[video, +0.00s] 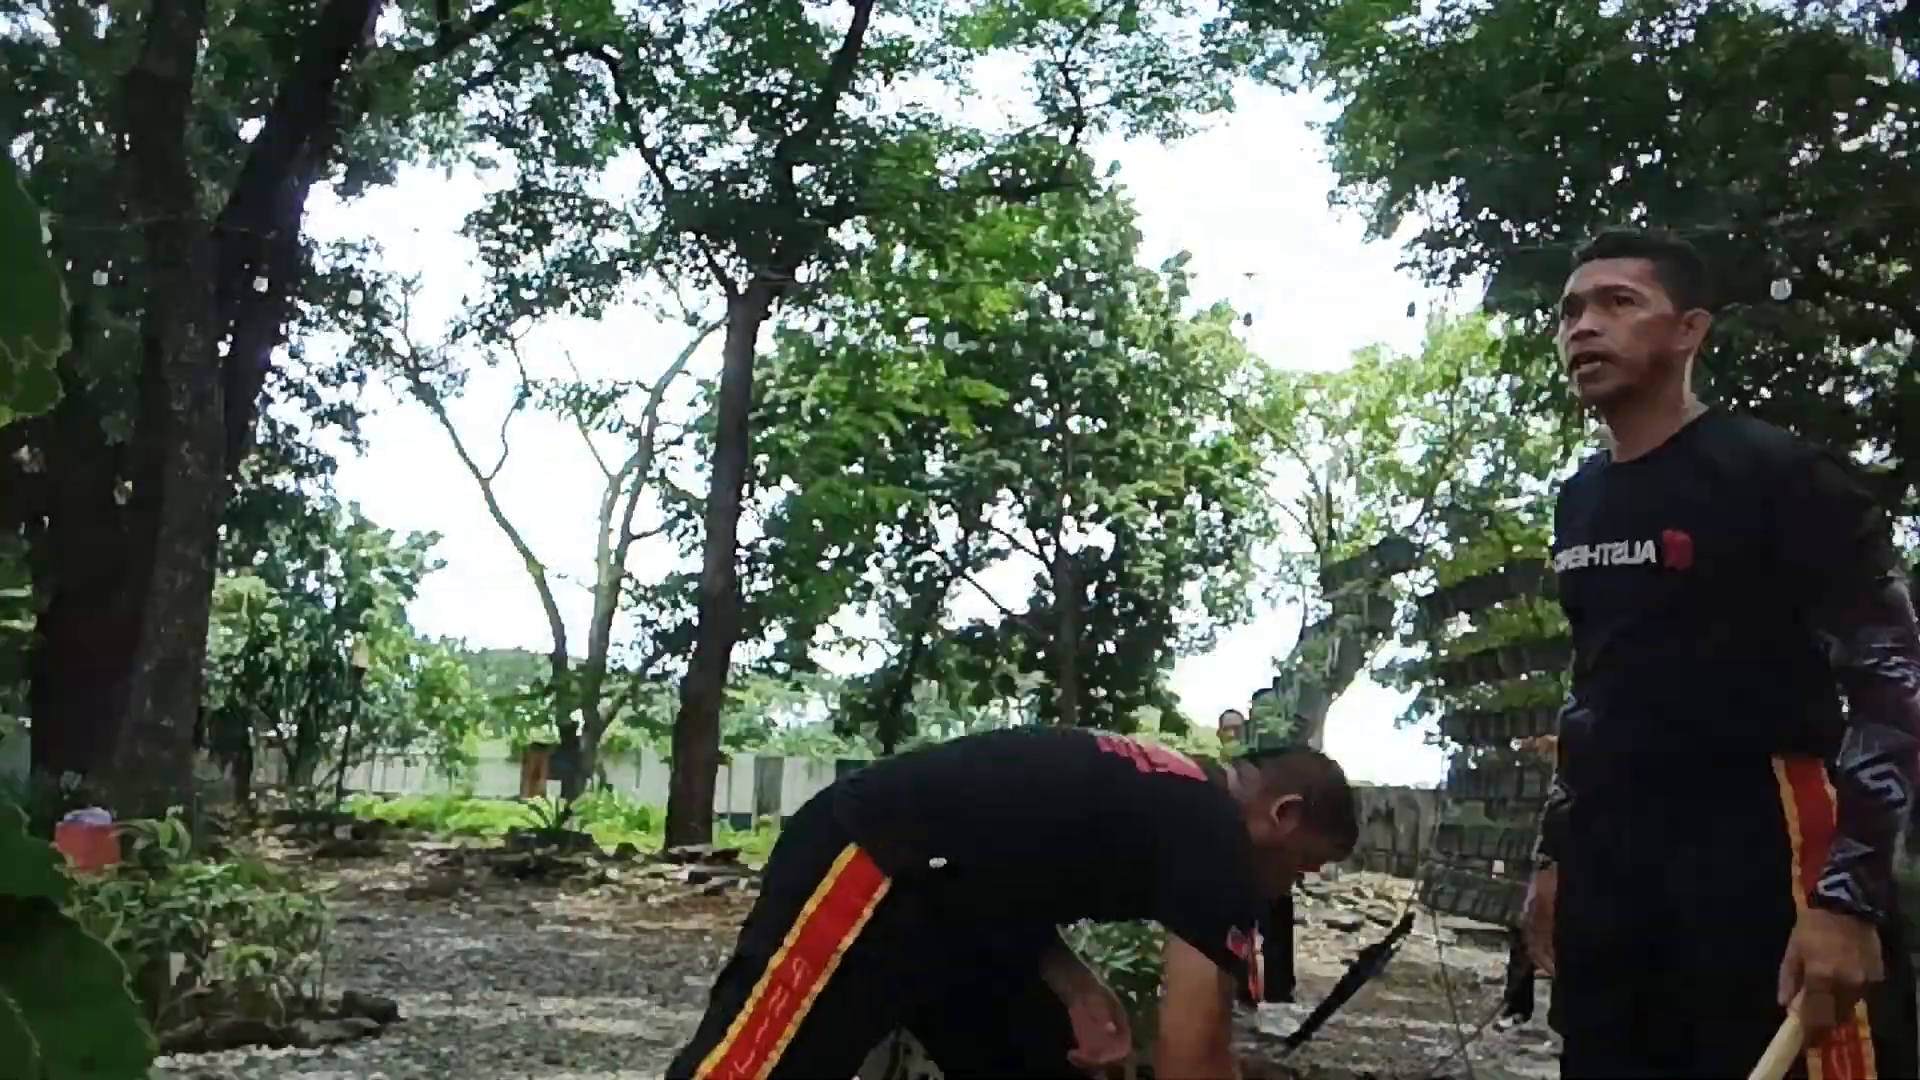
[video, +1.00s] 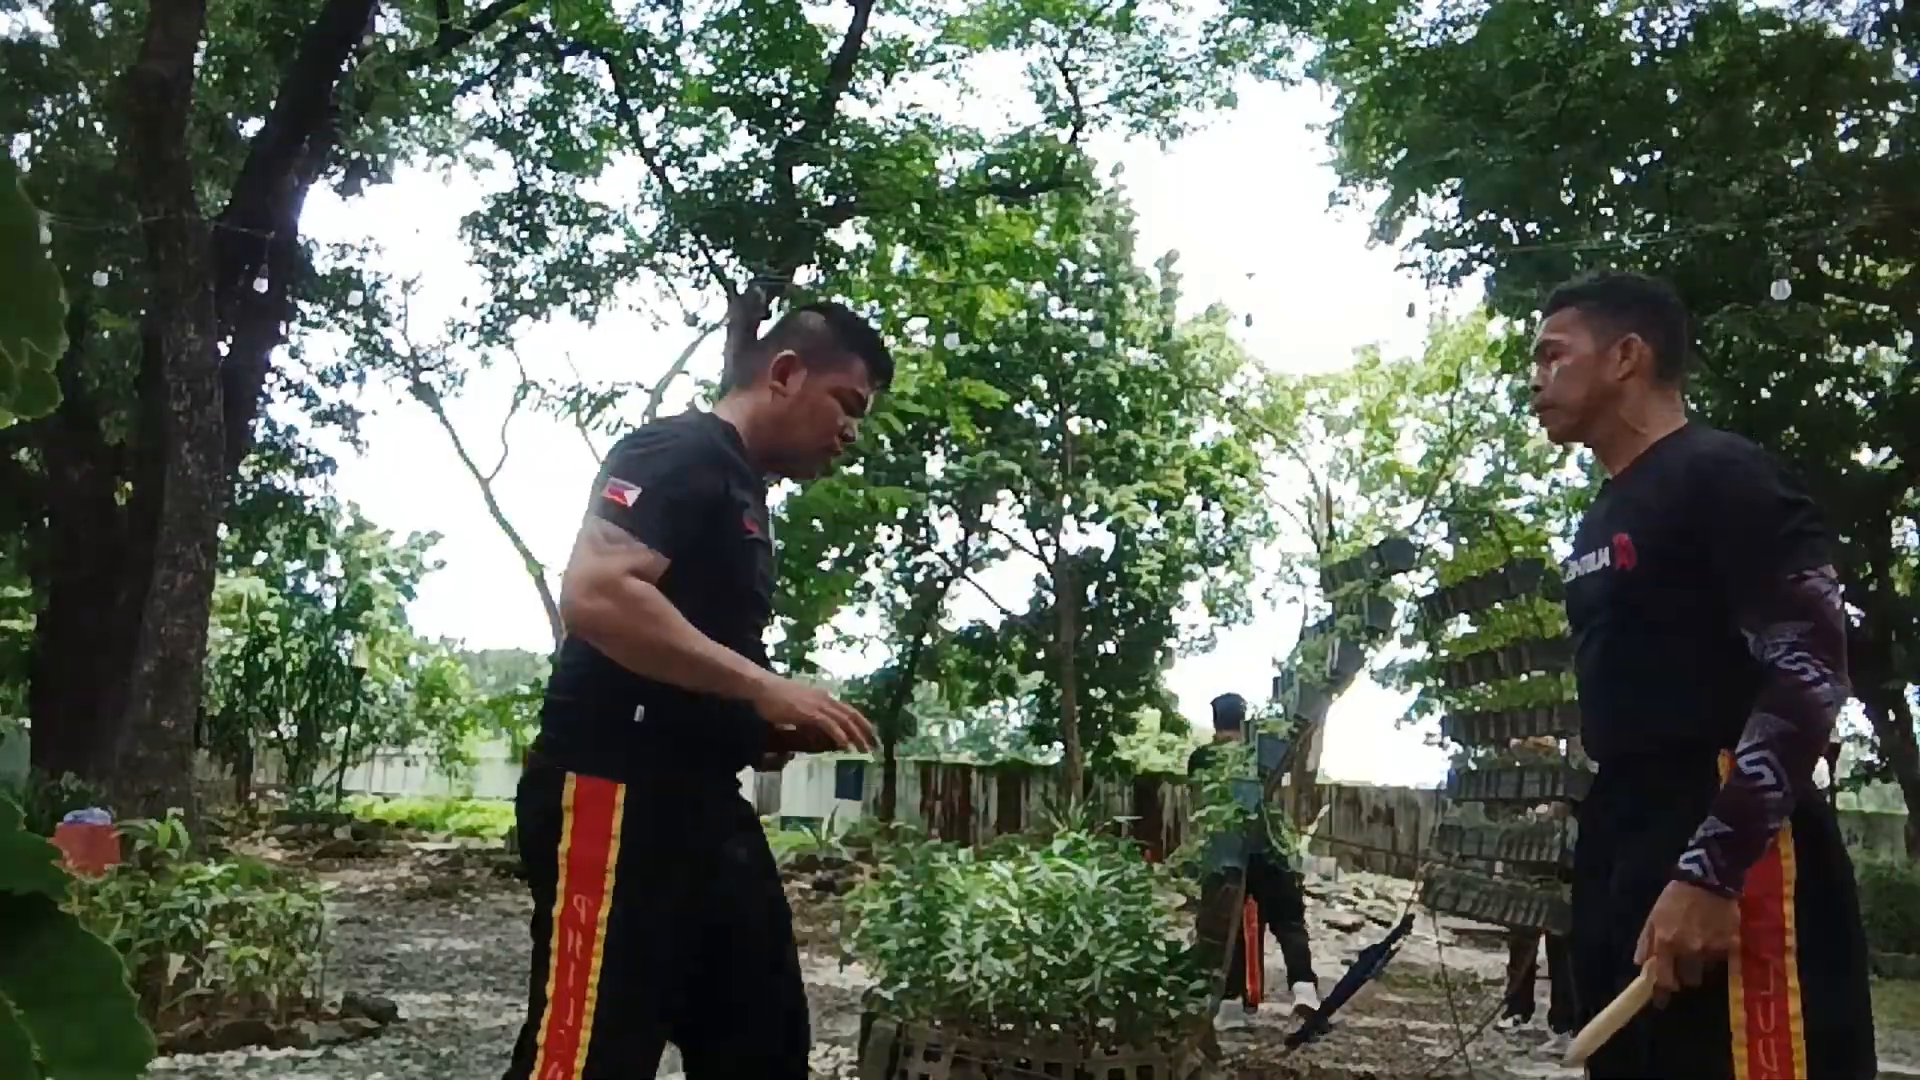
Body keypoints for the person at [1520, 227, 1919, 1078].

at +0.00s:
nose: (1580, 324)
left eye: (1615, 302)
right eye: (1570, 309)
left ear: (1689, 330)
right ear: (1561, 340)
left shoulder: (1785, 477)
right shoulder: (1581, 501)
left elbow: (1892, 678)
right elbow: (1596, 690)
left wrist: (1849, 893)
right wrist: (1556, 853)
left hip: (1752, 866)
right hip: (1611, 867)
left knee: (1749, 1063)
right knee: (1605, 1062)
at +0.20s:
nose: (1575, 331)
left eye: (1606, 308)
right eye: (1571, 315)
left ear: (1690, 326)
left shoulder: (1782, 469)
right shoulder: (1607, 506)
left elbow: (1883, 688)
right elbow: (1637, 690)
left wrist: (1876, 903)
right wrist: (1567, 747)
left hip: (1756, 840)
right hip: (1623, 845)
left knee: (1752, 1057)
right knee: (1616, 1057)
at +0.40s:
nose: (1549, 366)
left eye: (1564, 338)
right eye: (1553, 343)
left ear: (1638, 339)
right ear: (1629, 345)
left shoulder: (1763, 469)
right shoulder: (1601, 517)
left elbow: (1862, 688)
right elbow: (1640, 699)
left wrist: (1850, 895)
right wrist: (1568, 675)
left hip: (1733, 820)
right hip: (1612, 819)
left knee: (1743, 1054)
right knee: (1609, 1054)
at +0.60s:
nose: (1521, 394)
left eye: (1532, 368)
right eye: (1522, 373)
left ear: (1592, 369)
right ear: (1590, 375)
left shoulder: (1720, 474)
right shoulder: (1584, 541)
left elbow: (1830, 667)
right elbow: (1544, 704)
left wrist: (1807, 887)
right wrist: (1446, 590)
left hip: (1737, 810)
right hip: (1627, 816)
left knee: (1719, 1053)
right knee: (1613, 1050)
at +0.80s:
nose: (1527, 392)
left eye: (1539, 366)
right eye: (1530, 369)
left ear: (1596, 370)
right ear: (1595, 375)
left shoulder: (1719, 477)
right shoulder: (1594, 532)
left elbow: (1814, 679)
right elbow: (1558, 710)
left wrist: (1767, 892)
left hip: (1726, 811)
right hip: (1623, 823)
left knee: (1725, 1056)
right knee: (1622, 1055)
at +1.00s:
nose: (1534, 381)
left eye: (1553, 354)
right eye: (1536, 360)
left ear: (1626, 358)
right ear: (1615, 365)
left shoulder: (1721, 472)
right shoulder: (1605, 511)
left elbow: (1809, 671)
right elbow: (1639, 711)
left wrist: (1714, 868)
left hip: (1730, 837)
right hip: (1628, 838)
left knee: (1740, 1060)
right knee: (1626, 1057)